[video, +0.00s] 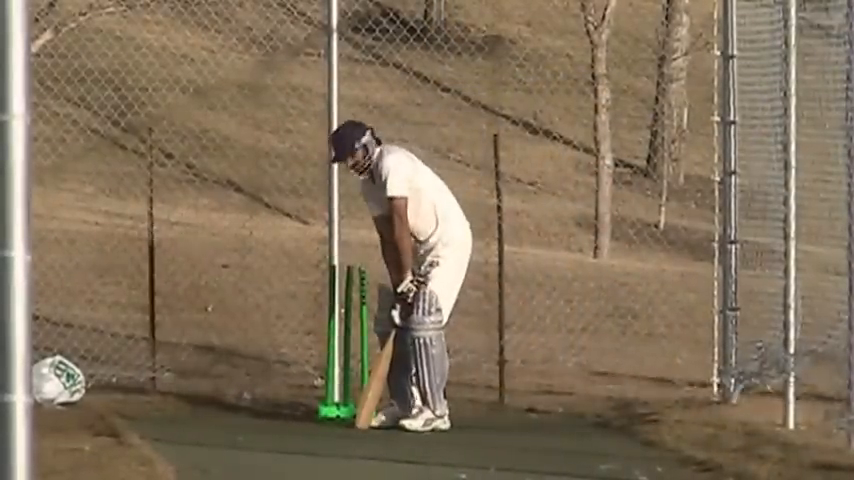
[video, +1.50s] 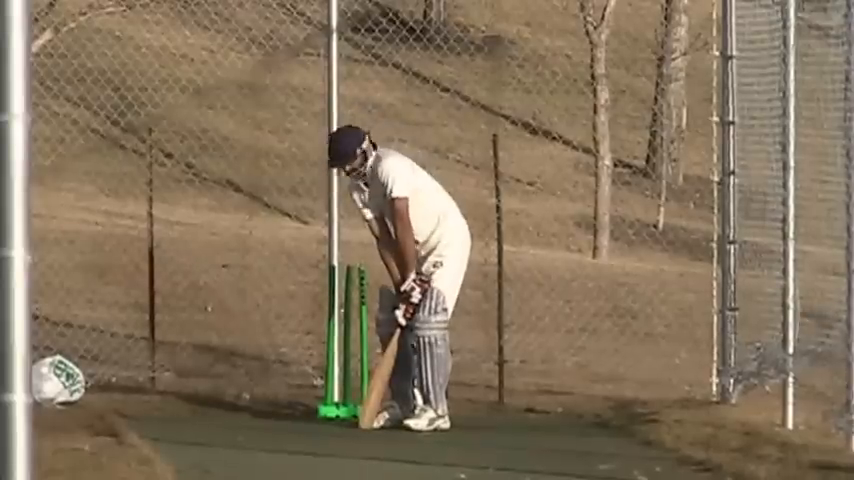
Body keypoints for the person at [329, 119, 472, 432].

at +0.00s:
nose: (352, 164)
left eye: (354, 156)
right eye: (347, 160)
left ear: (368, 146)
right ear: (347, 158)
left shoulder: (393, 163)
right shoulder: (369, 182)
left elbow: (401, 224)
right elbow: (385, 236)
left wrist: (407, 278)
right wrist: (399, 287)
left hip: (447, 243)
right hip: (418, 246)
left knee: (425, 321)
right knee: (399, 322)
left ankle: (434, 409)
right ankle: (403, 402)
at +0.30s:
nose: (371, 123)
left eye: (377, 115)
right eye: (363, 117)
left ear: (388, 115)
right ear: (356, 122)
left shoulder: (406, 145)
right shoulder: (367, 162)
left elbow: (420, 203)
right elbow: (387, 217)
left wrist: (402, 252)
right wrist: (388, 263)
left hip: (432, 243)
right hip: (404, 247)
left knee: (423, 323)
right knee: (394, 323)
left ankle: (433, 408)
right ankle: (405, 403)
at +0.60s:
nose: (374, 119)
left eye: (381, 113)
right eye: (368, 113)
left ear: (393, 110)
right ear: (360, 115)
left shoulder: (408, 142)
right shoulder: (363, 151)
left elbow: (424, 198)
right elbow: (381, 202)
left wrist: (406, 248)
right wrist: (386, 248)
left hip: (428, 240)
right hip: (400, 244)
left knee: (420, 318)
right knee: (389, 321)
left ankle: (434, 407)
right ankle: (404, 404)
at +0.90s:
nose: (367, 136)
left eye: (372, 129)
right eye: (361, 132)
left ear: (385, 118)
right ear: (354, 128)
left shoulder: (405, 142)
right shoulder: (365, 152)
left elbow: (418, 199)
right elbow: (387, 205)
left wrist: (407, 251)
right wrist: (389, 253)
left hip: (433, 243)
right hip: (405, 247)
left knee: (426, 324)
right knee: (394, 324)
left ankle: (434, 409)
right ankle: (404, 404)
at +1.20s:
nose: (349, 187)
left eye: (351, 180)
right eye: (344, 183)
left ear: (363, 163)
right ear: (348, 170)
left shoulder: (390, 166)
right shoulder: (359, 185)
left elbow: (402, 223)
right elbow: (381, 237)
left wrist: (410, 277)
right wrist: (400, 283)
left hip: (444, 240)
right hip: (411, 246)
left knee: (430, 321)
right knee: (396, 324)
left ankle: (435, 409)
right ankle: (404, 403)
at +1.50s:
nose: (349, 172)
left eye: (353, 164)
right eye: (343, 167)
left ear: (366, 152)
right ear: (339, 165)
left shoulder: (390, 168)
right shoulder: (358, 187)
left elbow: (403, 226)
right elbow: (382, 237)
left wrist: (410, 278)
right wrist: (400, 285)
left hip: (446, 243)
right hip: (414, 248)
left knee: (429, 320)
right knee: (393, 323)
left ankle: (435, 409)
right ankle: (404, 403)